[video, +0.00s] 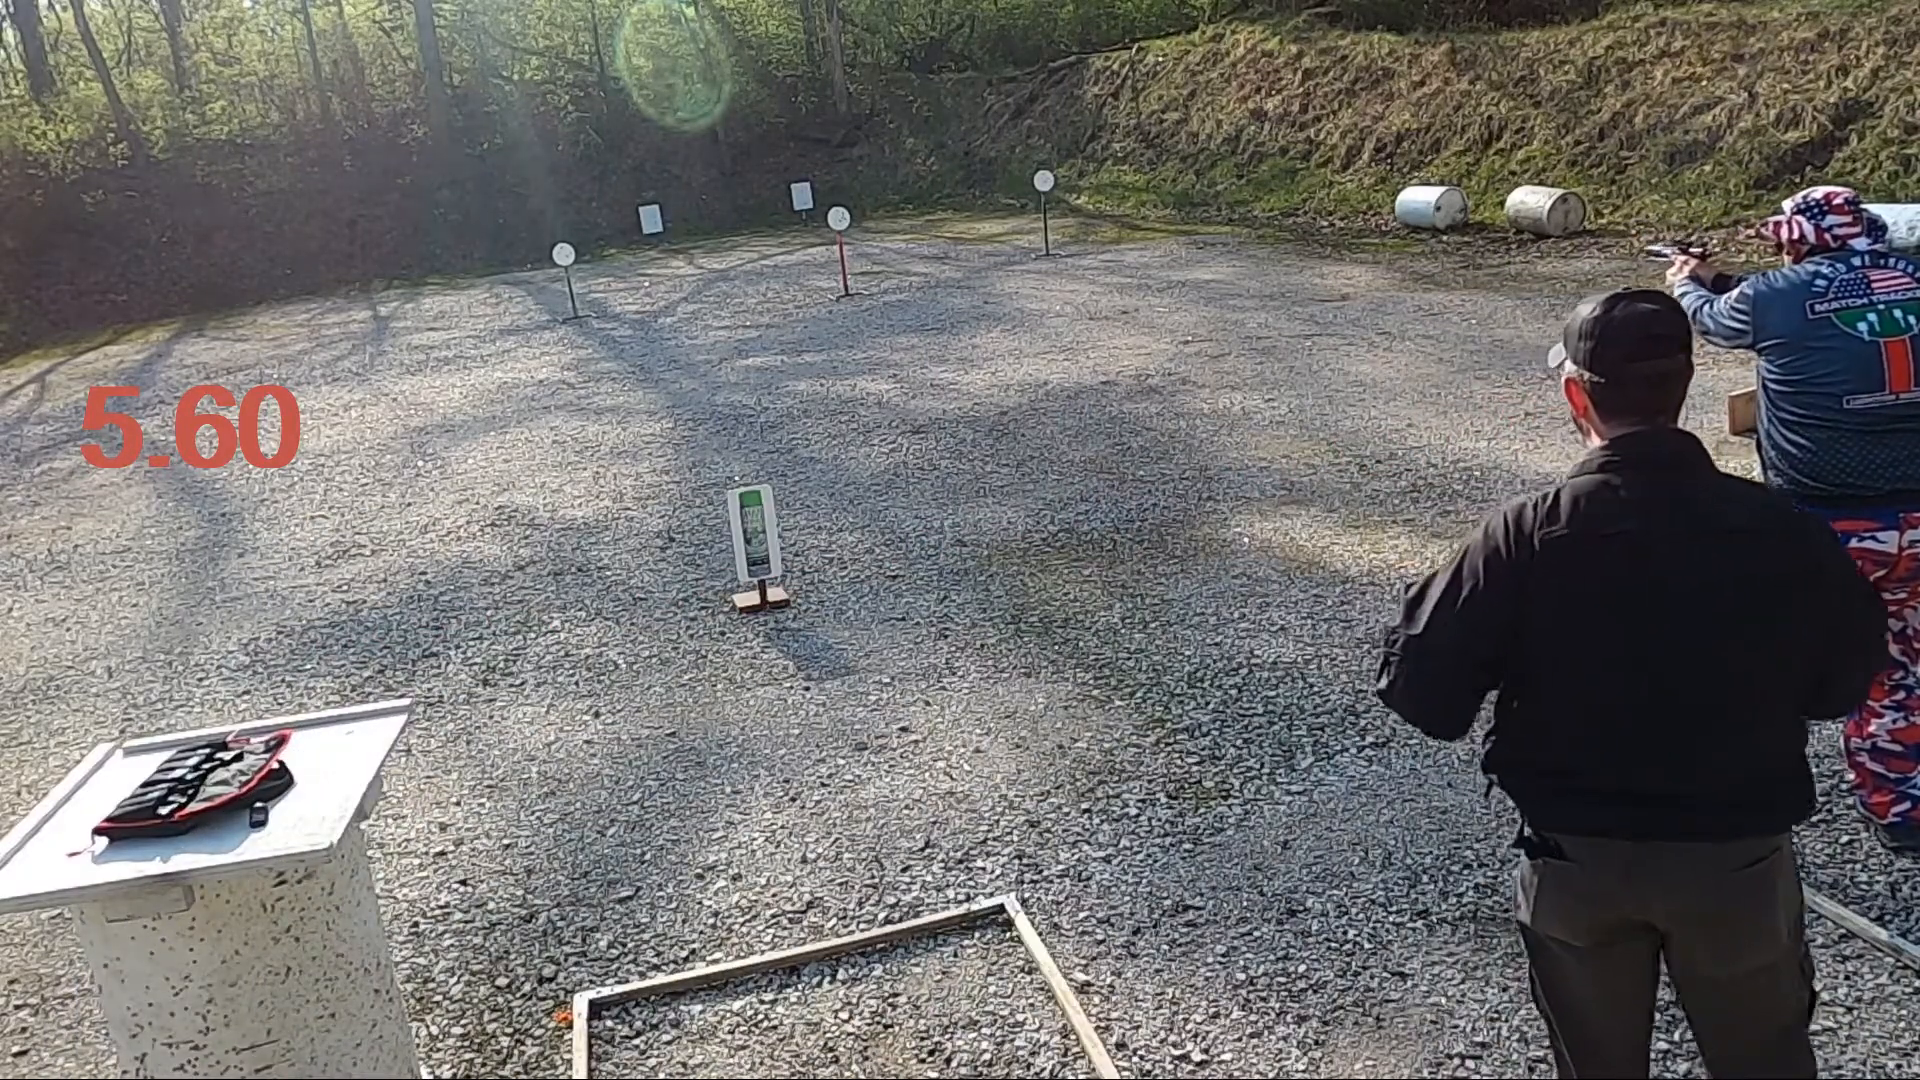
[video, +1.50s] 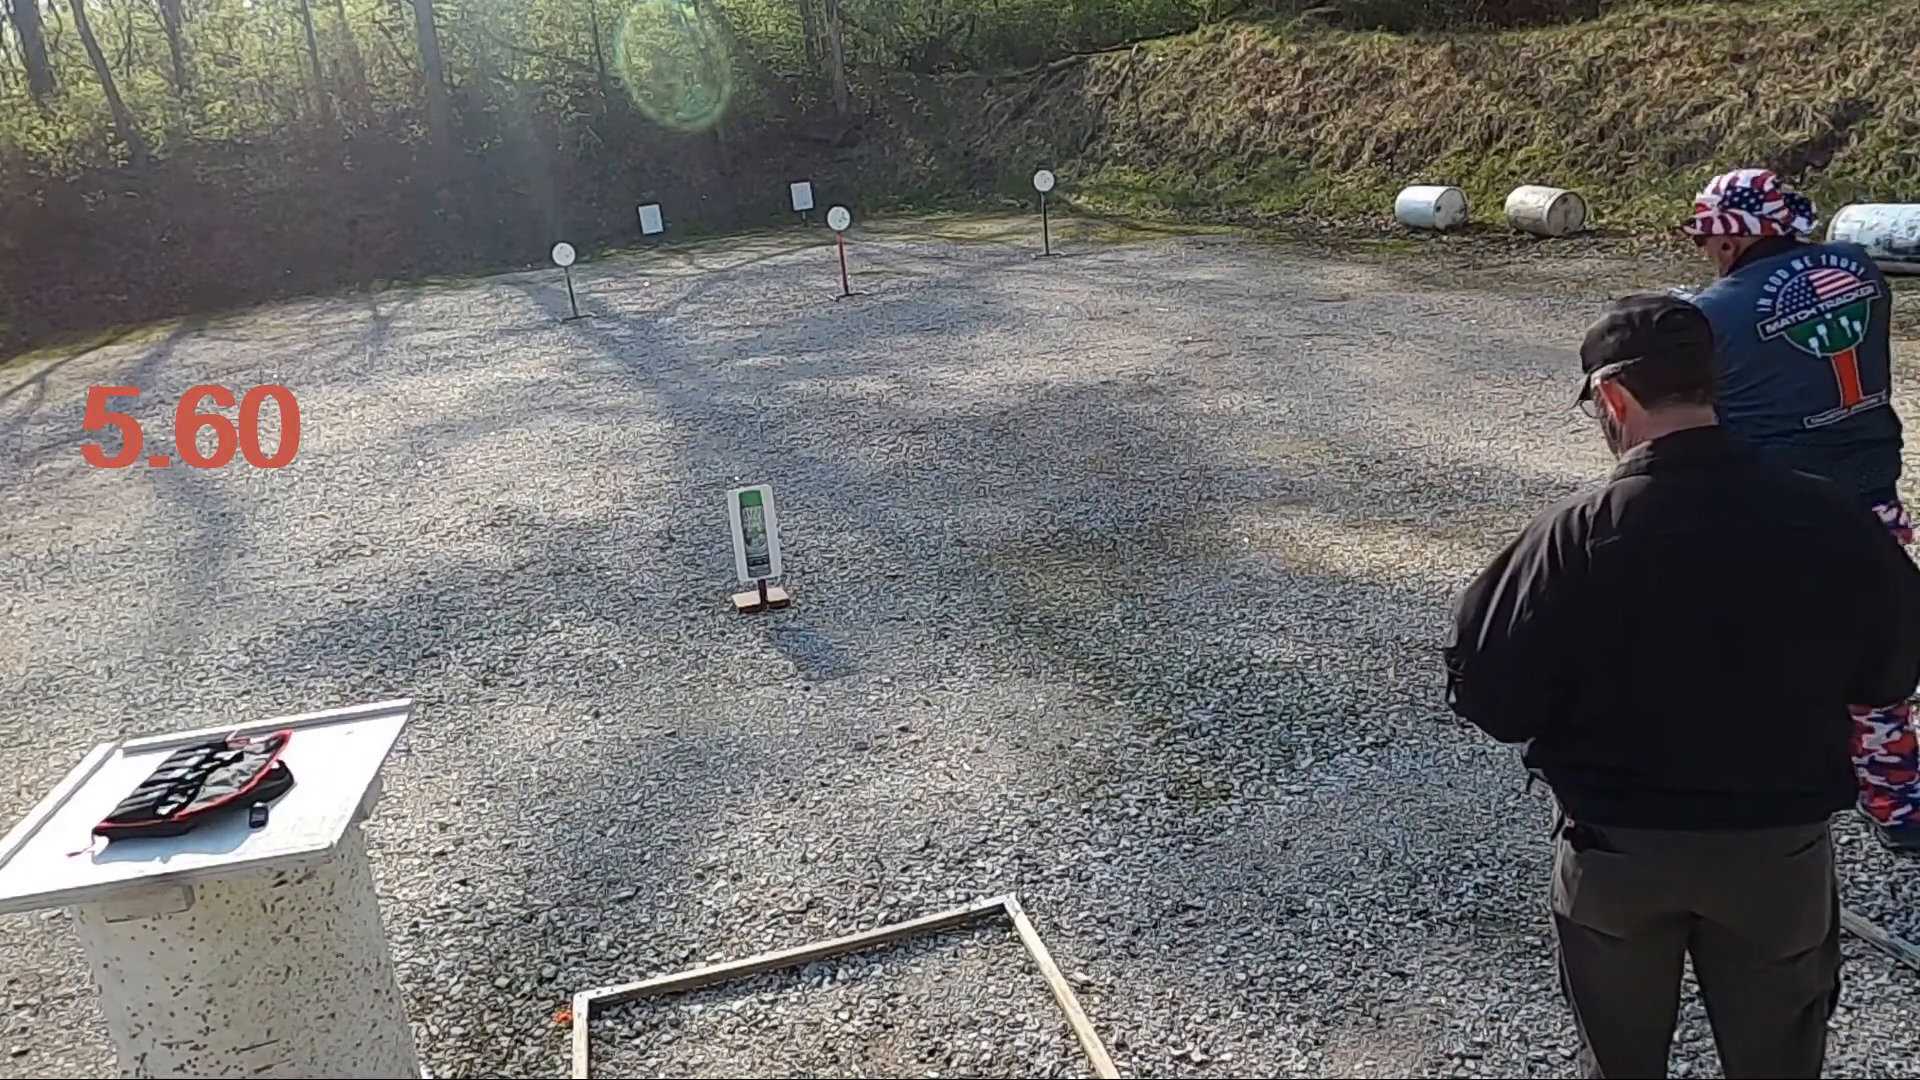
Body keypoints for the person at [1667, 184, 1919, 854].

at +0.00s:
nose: (1784, 253)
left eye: (1787, 244)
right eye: (1783, 246)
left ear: (1802, 243)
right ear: (1863, 232)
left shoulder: (1775, 294)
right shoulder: (1908, 281)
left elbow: (1710, 317)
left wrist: (1682, 278)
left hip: (1820, 530)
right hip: (1912, 521)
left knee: (1797, 663)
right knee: (1901, 668)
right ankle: (1900, 807)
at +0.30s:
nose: (1778, 255)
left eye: (1782, 245)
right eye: (1777, 246)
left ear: (1799, 244)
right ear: (1860, 231)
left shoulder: (1776, 294)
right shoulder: (1908, 278)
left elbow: (1690, 324)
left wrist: (1678, 280)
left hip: (1826, 526)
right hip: (1912, 510)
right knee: (1901, 669)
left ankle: (1899, 810)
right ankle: (1899, 807)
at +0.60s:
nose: (1777, 250)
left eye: (1781, 240)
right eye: (1778, 242)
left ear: (1797, 240)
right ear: (1860, 228)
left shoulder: (1775, 291)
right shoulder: (1905, 274)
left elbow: (1699, 311)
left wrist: (1685, 279)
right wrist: (1707, 281)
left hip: (1829, 509)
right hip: (1909, 497)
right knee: (1900, 661)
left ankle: (1898, 807)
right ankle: (1898, 799)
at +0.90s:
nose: (1779, 229)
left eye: (1784, 219)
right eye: (1781, 219)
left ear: (1800, 221)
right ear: (1865, 210)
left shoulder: (1764, 286)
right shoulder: (1908, 256)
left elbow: (1715, 351)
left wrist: (1712, 296)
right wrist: (1740, 297)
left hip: (1823, 503)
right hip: (1911, 490)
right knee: (1898, 651)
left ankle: (1899, 806)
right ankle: (1900, 802)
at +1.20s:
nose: (1776, 224)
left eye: (1780, 214)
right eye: (1776, 212)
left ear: (1799, 216)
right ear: (1861, 203)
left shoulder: (1764, 288)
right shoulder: (1910, 256)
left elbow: (1727, 386)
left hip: (1821, 508)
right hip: (1912, 495)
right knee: (1903, 649)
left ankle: (1900, 804)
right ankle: (1900, 800)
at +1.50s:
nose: (1706, 250)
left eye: (1707, 237)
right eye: (1703, 237)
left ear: (1732, 237)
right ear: (1788, 220)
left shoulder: (1715, 314)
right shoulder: (1859, 270)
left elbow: (1686, 411)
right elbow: (1862, 368)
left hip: (1781, 524)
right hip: (1878, 508)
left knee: (1783, 662)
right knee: (1887, 657)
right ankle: (1900, 807)